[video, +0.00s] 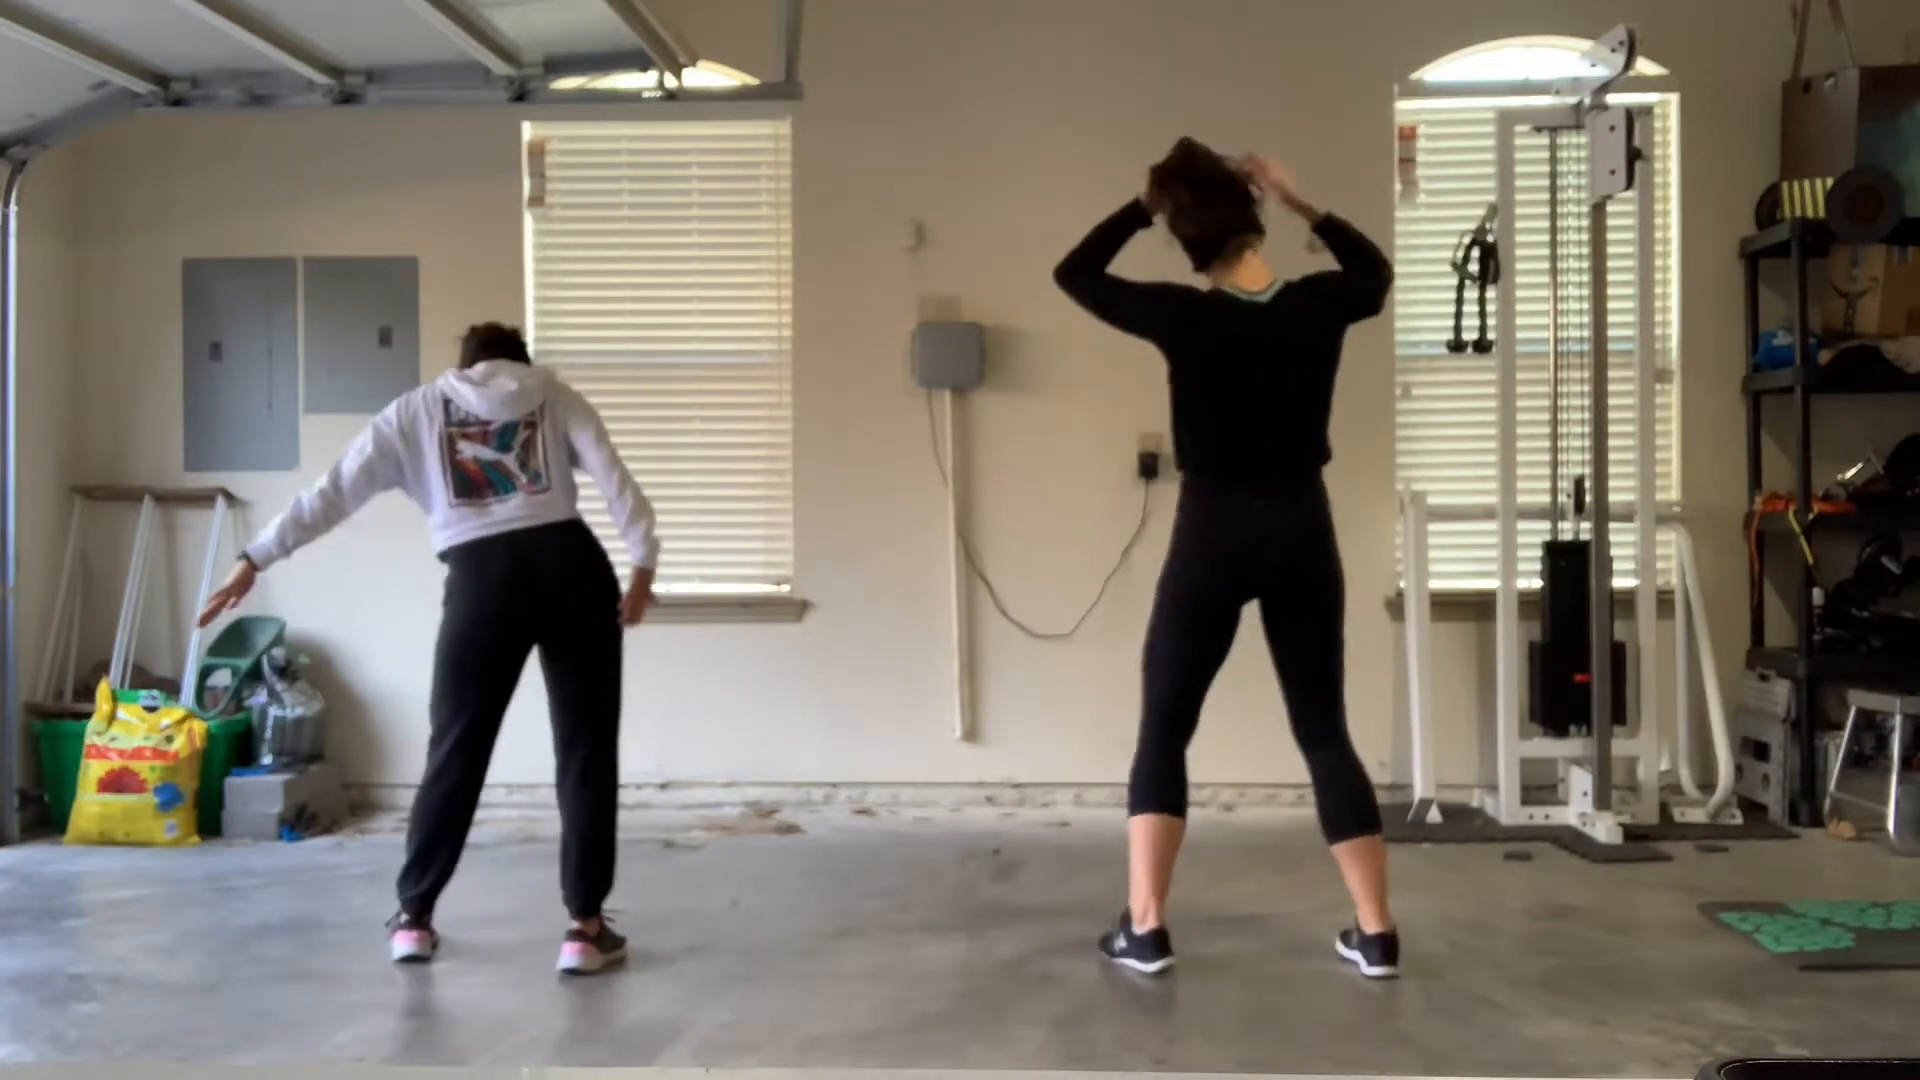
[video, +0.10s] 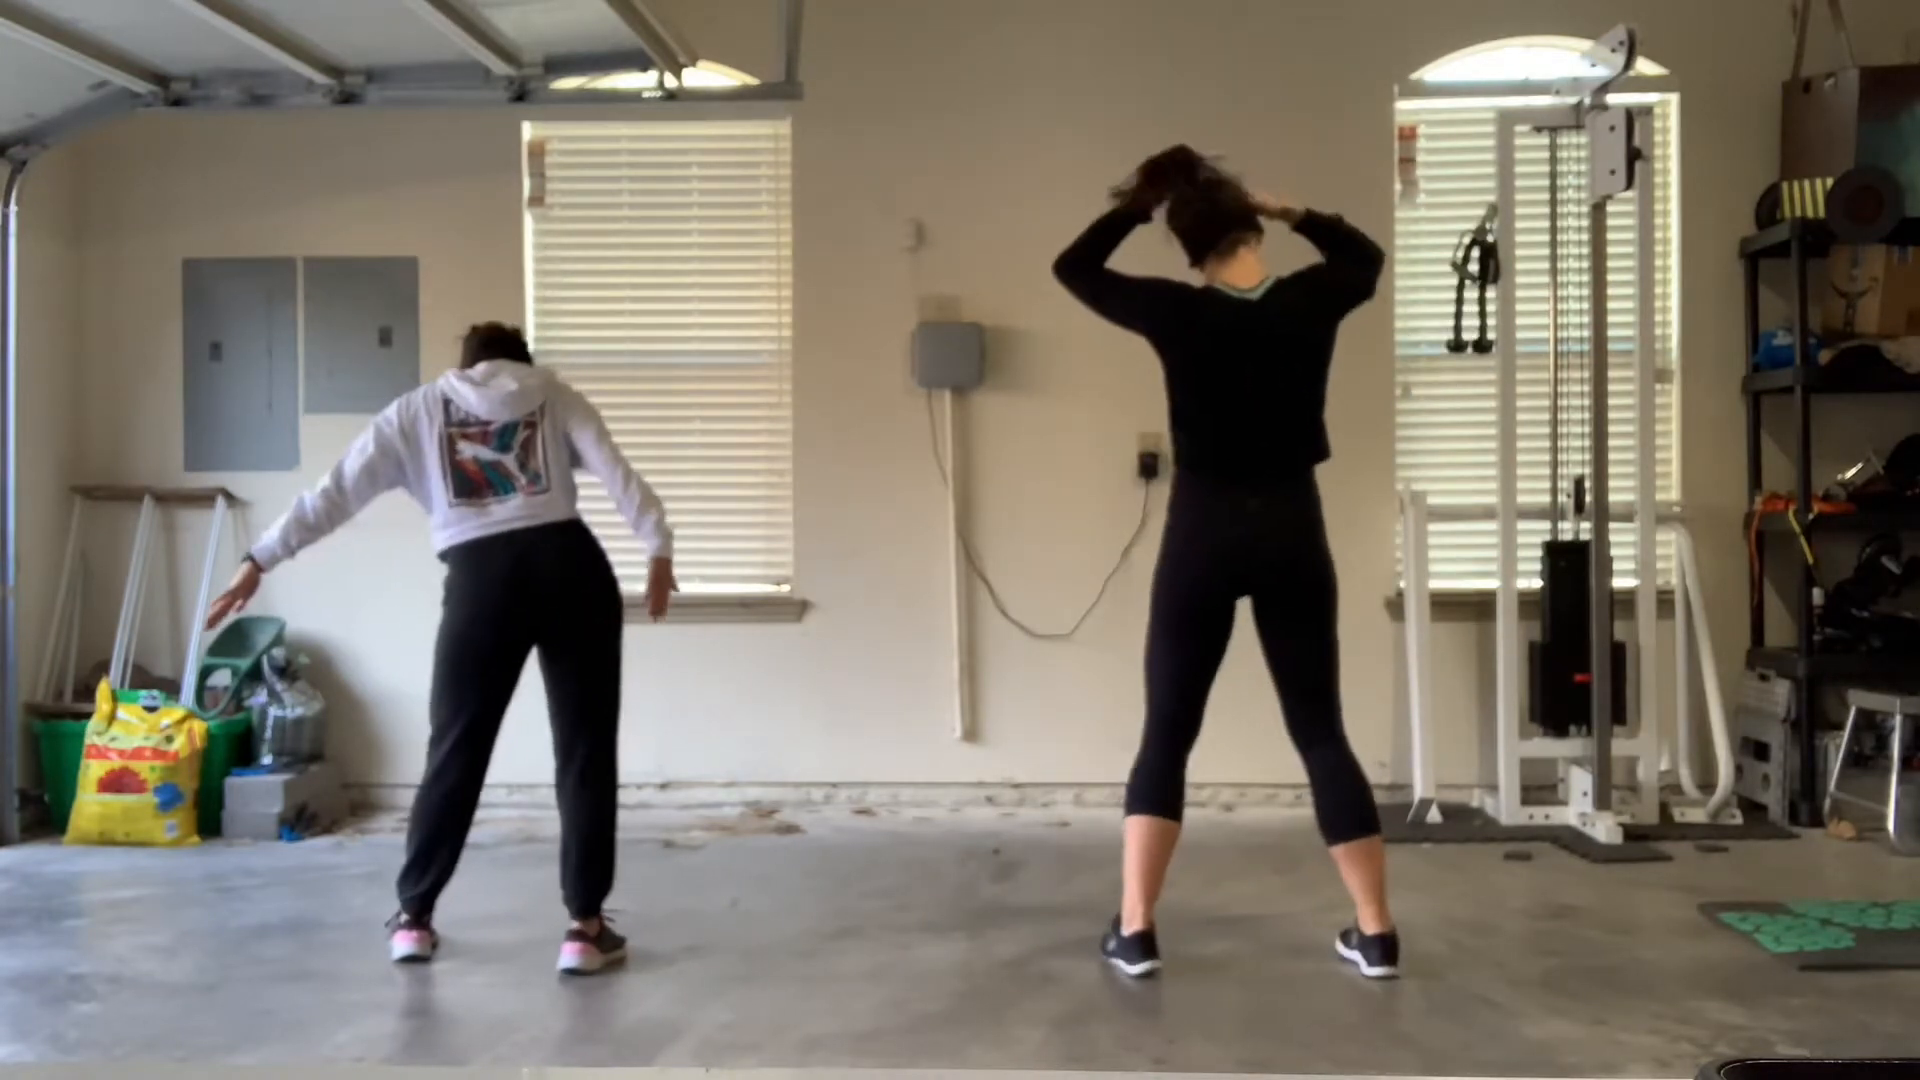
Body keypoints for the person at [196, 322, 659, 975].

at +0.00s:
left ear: (458, 366)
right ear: (525, 362)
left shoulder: (416, 410)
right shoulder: (555, 394)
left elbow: (333, 494)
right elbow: (614, 477)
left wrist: (253, 560)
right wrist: (644, 566)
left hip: (484, 580)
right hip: (574, 571)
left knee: (456, 750)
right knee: (587, 755)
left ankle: (414, 918)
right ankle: (585, 927)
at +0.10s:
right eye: (521, 364)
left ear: (461, 364)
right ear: (525, 362)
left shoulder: (416, 410)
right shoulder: (553, 395)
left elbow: (335, 493)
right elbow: (614, 468)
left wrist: (258, 560)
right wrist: (660, 552)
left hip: (483, 581)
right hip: (574, 573)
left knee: (456, 750)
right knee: (587, 755)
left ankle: (414, 918)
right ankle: (585, 925)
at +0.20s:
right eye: (525, 364)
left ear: (464, 364)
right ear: (529, 363)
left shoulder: (418, 408)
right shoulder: (553, 395)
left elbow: (340, 492)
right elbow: (608, 459)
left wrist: (265, 561)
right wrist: (662, 533)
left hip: (477, 580)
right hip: (568, 574)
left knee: (453, 749)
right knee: (584, 753)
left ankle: (414, 919)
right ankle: (586, 925)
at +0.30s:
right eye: (529, 361)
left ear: (468, 362)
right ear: (531, 362)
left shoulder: (422, 400)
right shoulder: (557, 394)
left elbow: (352, 482)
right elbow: (610, 453)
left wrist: (283, 558)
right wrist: (671, 515)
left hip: (457, 571)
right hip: (548, 565)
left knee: (440, 747)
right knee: (572, 749)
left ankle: (413, 919)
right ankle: (583, 925)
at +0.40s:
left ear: (472, 363)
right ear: (536, 364)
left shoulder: (427, 399)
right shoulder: (561, 398)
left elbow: (369, 475)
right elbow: (624, 450)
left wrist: (312, 553)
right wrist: (692, 501)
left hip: (431, 573)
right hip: (522, 571)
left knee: (422, 749)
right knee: (557, 750)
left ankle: (411, 921)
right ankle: (581, 925)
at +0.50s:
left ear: (479, 365)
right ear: (541, 368)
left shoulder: (429, 401)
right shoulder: (564, 401)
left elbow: (381, 477)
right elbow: (632, 450)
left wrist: (342, 562)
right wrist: (711, 498)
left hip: (413, 577)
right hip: (498, 577)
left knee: (406, 757)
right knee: (548, 758)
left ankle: (409, 921)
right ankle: (581, 926)